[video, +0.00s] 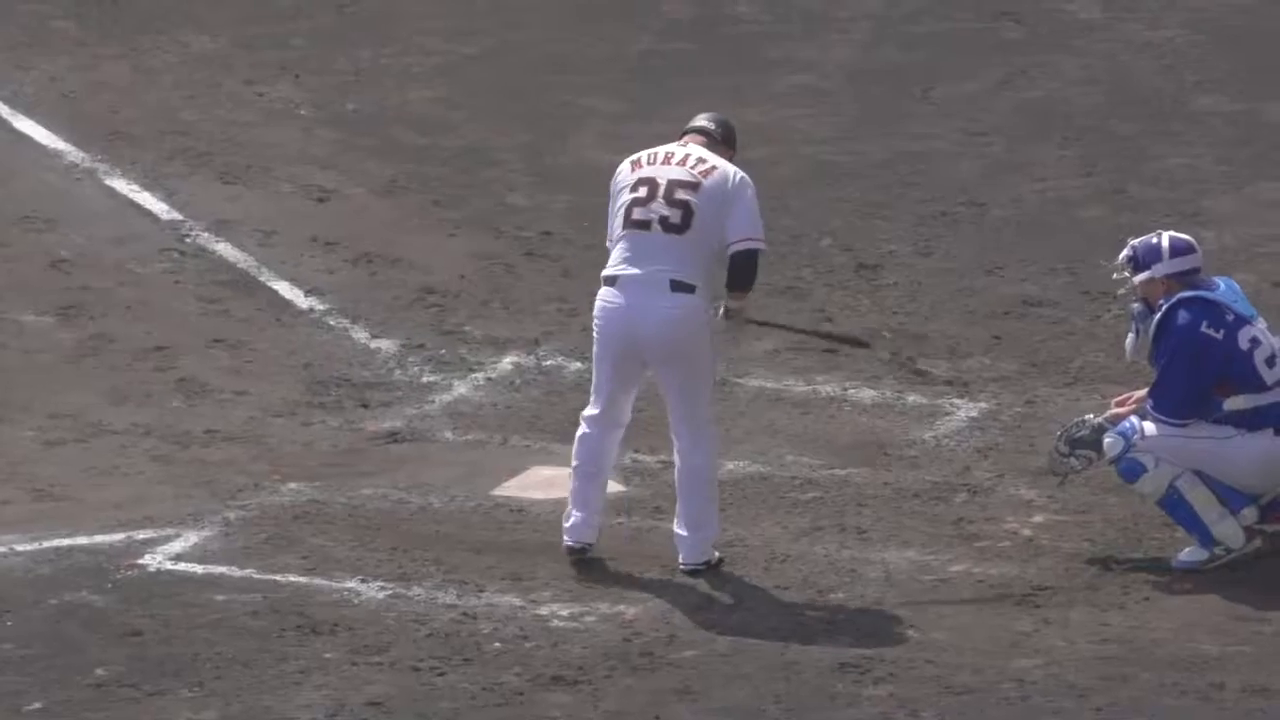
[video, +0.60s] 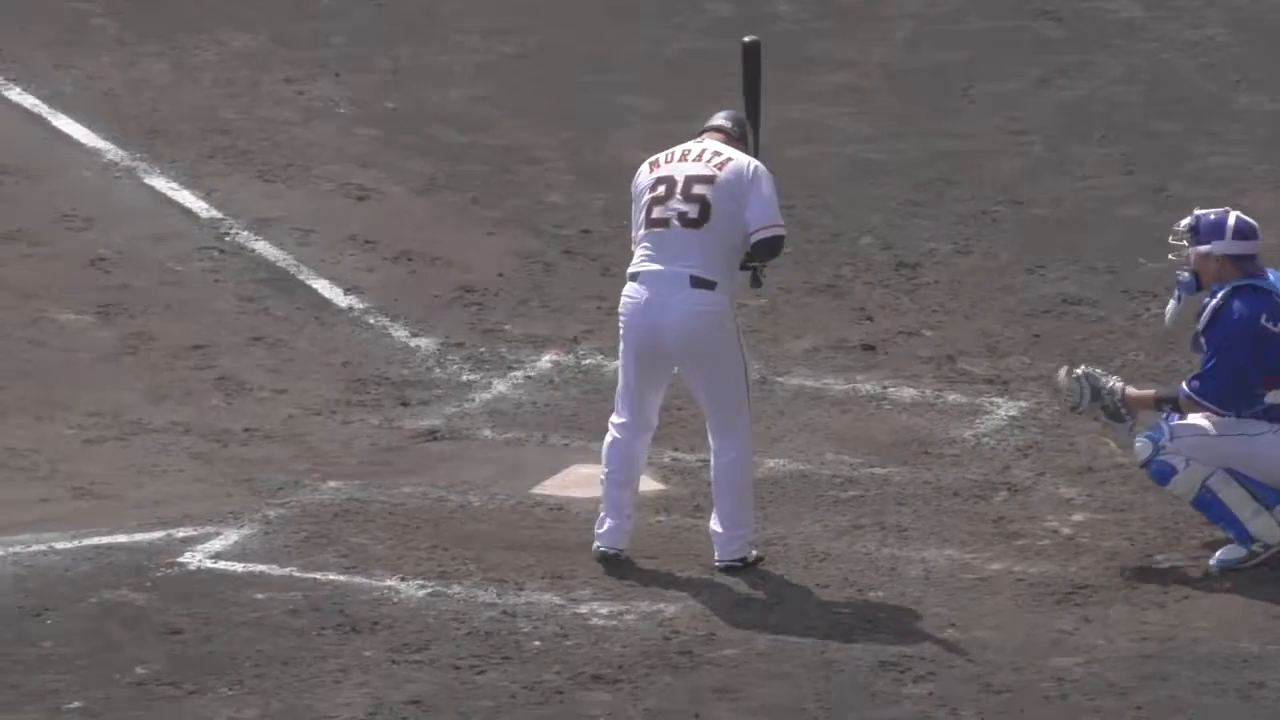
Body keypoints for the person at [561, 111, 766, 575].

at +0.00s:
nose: (726, 160)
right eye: (729, 154)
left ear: (683, 136)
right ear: (726, 148)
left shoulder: (629, 163)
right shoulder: (732, 177)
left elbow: (616, 238)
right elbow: (743, 264)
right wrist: (734, 303)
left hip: (614, 301)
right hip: (681, 307)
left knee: (602, 416)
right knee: (693, 431)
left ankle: (578, 532)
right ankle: (695, 549)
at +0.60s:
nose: (744, 151)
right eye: (745, 144)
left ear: (703, 131)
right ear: (742, 140)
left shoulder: (650, 164)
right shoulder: (747, 167)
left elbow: (643, 235)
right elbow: (768, 242)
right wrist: (751, 260)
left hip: (639, 299)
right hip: (704, 306)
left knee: (629, 421)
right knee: (729, 430)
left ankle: (610, 537)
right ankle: (732, 547)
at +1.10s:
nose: (726, 113)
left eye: (723, 106)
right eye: (724, 106)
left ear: (674, 108)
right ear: (717, 109)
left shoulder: (642, 161)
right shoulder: (736, 156)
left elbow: (658, 221)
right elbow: (787, 219)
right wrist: (769, 187)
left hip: (648, 306)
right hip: (711, 311)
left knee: (641, 417)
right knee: (740, 430)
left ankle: (606, 528)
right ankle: (741, 545)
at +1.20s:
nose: (660, 108)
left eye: (664, 102)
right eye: (662, 102)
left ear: (673, 106)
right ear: (715, 107)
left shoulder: (642, 159)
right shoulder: (738, 155)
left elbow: (680, 210)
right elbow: (795, 211)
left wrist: (749, 174)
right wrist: (781, 174)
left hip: (653, 304)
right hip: (716, 309)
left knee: (645, 416)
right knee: (741, 429)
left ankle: (607, 529)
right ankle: (741, 545)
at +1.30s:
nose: (663, 113)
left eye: (666, 106)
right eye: (667, 108)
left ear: (669, 107)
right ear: (713, 109)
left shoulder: (644, 158)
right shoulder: (739, 156)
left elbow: (694, 180)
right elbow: (798, 204)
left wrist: (747, 155)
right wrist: (785, 164)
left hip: (655, 306)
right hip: (717, 311)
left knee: (648, 418)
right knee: (745, 428)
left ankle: (610, 531)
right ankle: (744, 546)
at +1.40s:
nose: (662, 116)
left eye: (664, 110)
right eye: (666, 111)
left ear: (668, 110)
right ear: (712, 111)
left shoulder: (645, 159)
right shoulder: (738, 159)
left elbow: (697, 174)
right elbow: (799, 204)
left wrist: (749, 154)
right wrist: (787, 162)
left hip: (654, 308)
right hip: (717, 314)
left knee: (649, 419)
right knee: (745, 430)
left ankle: (611, 532)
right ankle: (745, 548)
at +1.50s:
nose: (661, 110)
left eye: (664, 105)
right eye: (665, 105)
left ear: (669, 108)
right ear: (713, 110)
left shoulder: (646, 159)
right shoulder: (738, 159)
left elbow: (698, 180)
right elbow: (801, 204)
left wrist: (750, 153)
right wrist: (786, 159)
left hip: (655, 307)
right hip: (717, 313)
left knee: (651, 419)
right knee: (747, 431)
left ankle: (612, 532)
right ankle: (746, 547)